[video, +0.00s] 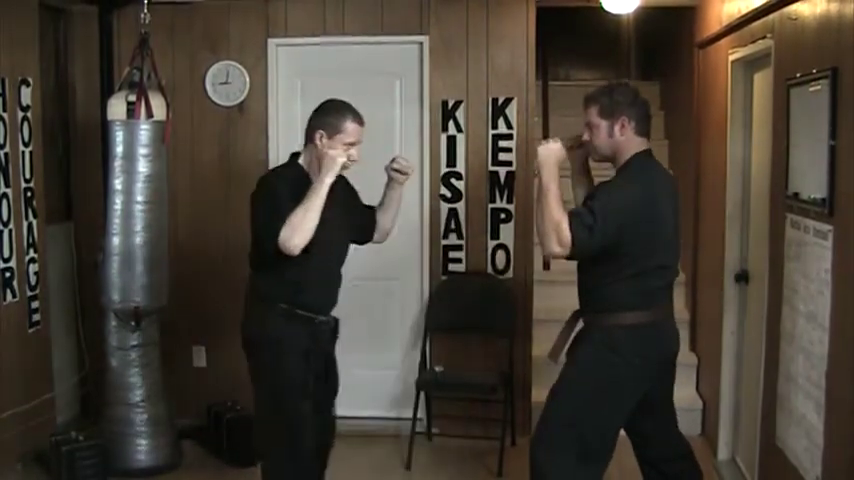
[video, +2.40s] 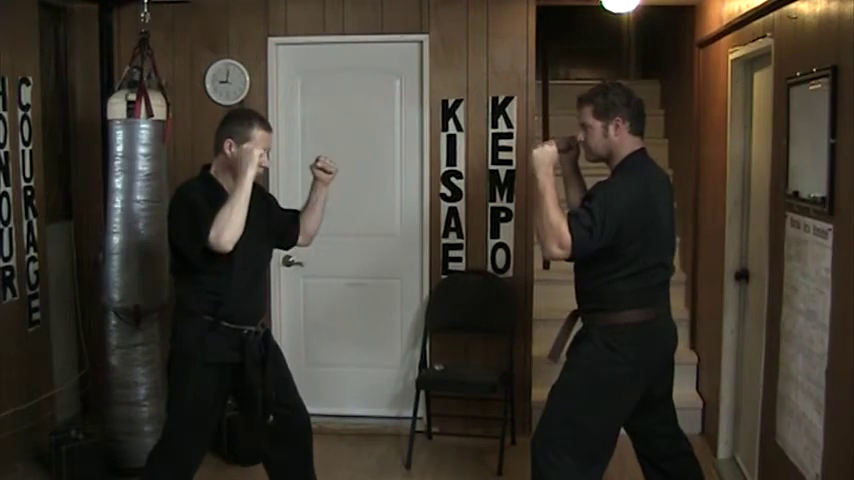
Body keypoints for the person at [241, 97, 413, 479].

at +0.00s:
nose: (355, 155)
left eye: (357, 146)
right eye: (347, 146)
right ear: (319, 140)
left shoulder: (339, 189)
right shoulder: (276, 184)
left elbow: (377, 231)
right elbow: (291, 241)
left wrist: (394, 186)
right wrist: (325, 178)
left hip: (319, 329)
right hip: (277, 327)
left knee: (318, 436)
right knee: (288, 441)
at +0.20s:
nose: (336, 161)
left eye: (339, 151)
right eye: (330, 150)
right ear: (300, 143)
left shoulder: (317, 192)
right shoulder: (258, 188)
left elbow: (353, 234)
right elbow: (278, 244)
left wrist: (376, 191)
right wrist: (316, 187)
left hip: (298, 331)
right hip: (254, 331)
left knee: (309, 431)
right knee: (255, 438)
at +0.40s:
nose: (302, 161)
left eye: (305, 152)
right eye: (297, 150)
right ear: (269, 146)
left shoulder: (278, 194)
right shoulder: (229, 192)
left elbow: (318, 234)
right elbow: (260, 246)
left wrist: (340, 193)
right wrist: (290, 183)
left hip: (274, 335)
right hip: (228, 336)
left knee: (302, 435)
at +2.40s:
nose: (265, 161)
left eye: (268, 153)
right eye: (260, 150)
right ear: (230, 148)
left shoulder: (256, 198)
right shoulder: (191, 196)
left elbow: (301, 234)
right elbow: (222, 240)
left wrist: (319, 187)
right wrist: (244, 176)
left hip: (254, 340)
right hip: (203, 340)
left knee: (293, 429)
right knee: (185, 442)